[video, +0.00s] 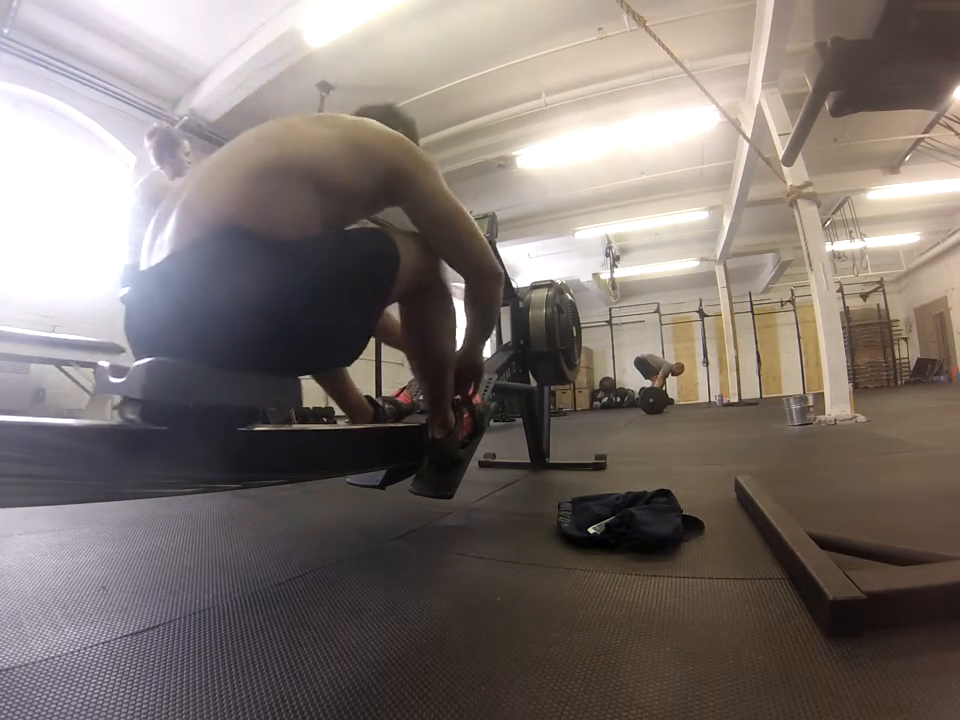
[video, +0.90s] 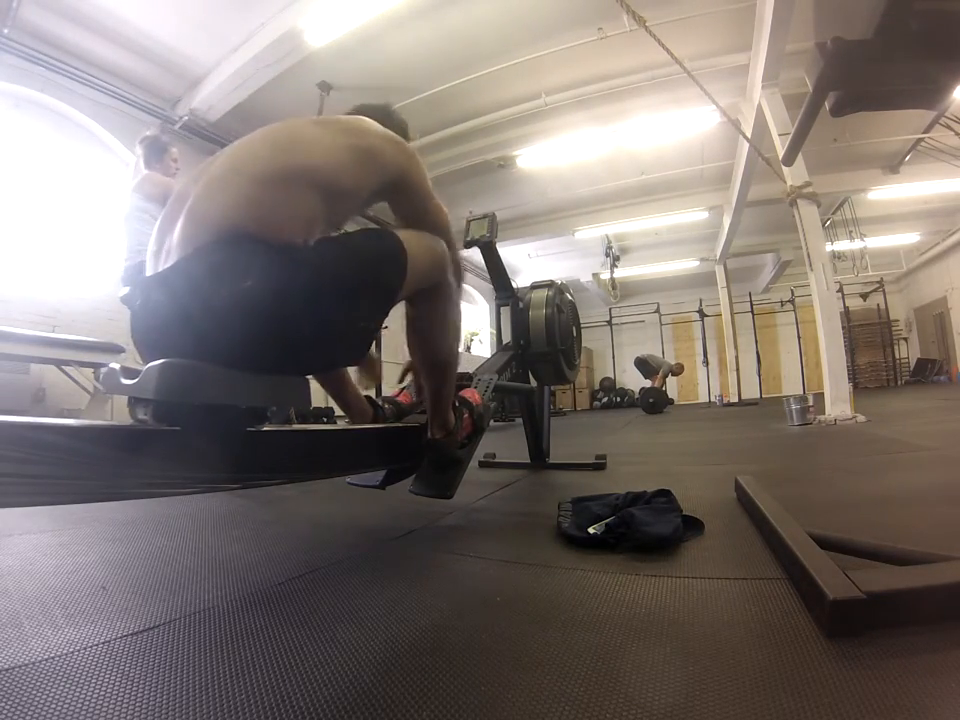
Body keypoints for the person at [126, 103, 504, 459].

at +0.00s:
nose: (408, 176)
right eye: (410, 163)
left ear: (356, 119)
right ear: (401, 141)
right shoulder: (398, 151)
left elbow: (350, 294)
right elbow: (487, 275)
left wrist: (427, 352)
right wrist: (474, 350)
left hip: (152, 318)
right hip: (248, 303)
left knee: (311, 281)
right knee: (421, 264)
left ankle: (363, 412)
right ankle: (442, 426)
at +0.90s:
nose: (405, 166)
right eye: (407, 154)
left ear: (348, 119)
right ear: (395, 138)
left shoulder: (283, 142)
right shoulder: (393, 150)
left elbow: (300, 259)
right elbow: (446, 262)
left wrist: (364, 355)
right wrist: (434, 353)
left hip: (156, 325)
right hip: (247, 307)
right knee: (434, 261)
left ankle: (362, 413)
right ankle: (443, 428)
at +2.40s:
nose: (281, 40)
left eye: (282, 36)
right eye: (278, 29)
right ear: (257, 6)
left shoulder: (150, 47)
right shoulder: (225, 17)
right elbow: (318, 155)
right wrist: (418, 259)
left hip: (73, 286)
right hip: (142, 269)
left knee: (274, 309)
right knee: (389, 280)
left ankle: (367, 421)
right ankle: (445, 429)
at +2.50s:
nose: (243, 35)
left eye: (245, 32)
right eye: (240, 24)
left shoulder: (107, 48)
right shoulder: (184, 12)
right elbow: (210, 101)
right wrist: (302, 262)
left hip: (56, 286)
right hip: (129, 272)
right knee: (376, 289)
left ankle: (359, 413)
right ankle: (445, 428)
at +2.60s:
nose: (227, 29)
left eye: (226, 31)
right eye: (226, 23)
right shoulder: (178, 8)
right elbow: (121, 72)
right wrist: (194, 293)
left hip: (49, 261)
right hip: (117, 252)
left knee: (244, 310)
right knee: (360, 294)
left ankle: (358, 415)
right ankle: (445, 424)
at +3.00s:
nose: (183, 13)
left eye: (176, 14)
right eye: (175, 10)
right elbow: (57, 16)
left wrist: (157, 168)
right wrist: (166, 191)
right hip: (52, 212)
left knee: (269, 370)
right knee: (328, 342)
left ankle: (379, 433)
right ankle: (445, 428)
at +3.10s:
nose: (187, 10)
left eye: (178, 14)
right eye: (178, 9)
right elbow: (80, 23)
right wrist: (189, 212)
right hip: (51, 213)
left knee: (282, 388)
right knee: (322, 342)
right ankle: (442, 426)